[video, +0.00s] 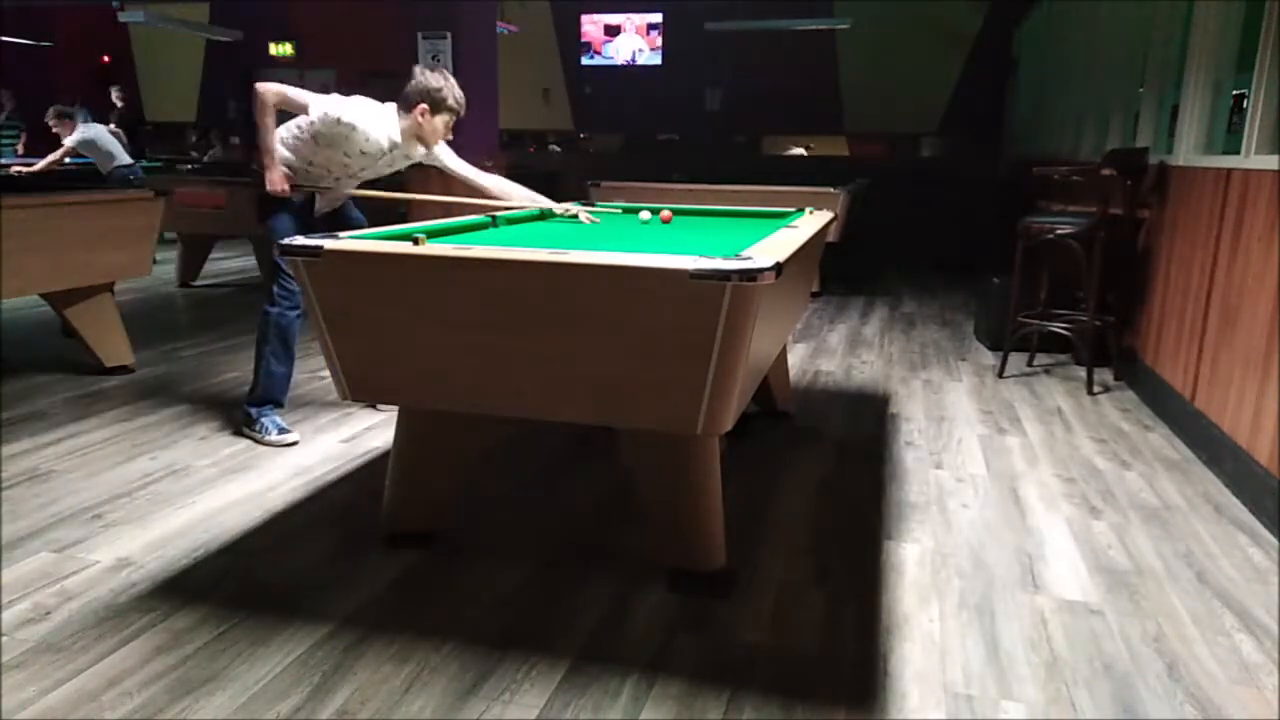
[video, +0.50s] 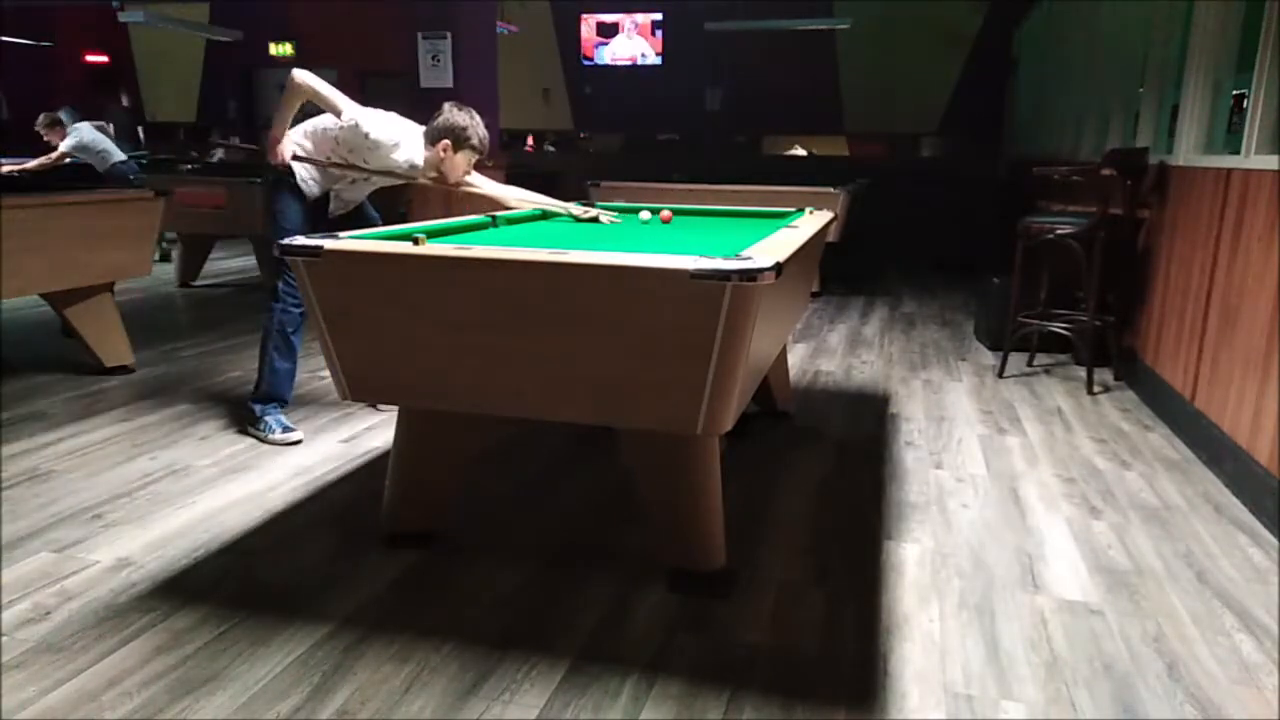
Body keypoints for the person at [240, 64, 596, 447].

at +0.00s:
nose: (450, 132)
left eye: (454, 124)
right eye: (449, 121)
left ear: (424, 114)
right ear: (422, 112)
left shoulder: (424, 146)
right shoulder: (353, 119)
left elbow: (488, 183)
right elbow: (266, 91)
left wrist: (554, 207)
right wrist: (270, 162)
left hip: (331, 192)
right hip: (286, 186)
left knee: (378, 274)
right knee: (287, 293)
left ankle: (377, 383)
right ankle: (260, 410)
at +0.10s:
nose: (466, 162)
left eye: (470, 154)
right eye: (466, 151)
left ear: (441, 141)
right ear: (441, 141)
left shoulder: (427, 164)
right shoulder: (380, 140)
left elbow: (498, 191)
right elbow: (292, 86)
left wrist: (571, 209)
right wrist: (283, 150)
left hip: (344, 191)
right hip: (298, 184)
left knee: (390, 273)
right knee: (292, 293)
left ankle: (383, 378)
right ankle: (266, 409)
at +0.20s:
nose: (468, 173)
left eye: (472, 165)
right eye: (467, 163)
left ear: (446, 153)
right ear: (442, 151)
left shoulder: (427, 163)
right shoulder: (381, 145)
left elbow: (496, 193)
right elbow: (297, 86)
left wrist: (568, 208)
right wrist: (288, 145)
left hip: (344, 191)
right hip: (298, 184)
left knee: (391, 272)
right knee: (292, 293)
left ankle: (393, 381)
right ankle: (265, 408)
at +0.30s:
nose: (468, 172)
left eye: (473, 165)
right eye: (468, 162)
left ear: (446, 152)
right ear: (443, 150)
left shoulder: (428, 163)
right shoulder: (381, 143)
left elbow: (499, 193)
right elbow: (297, 84)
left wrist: (570, 208)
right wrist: (275, 139)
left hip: (343, 187)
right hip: (298, 174)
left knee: (390, 269)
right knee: (292, 290)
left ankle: (394, 378)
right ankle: (265, 408)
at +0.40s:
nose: (468, 172)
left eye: (473, 165)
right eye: (468, 162)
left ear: (447, 151)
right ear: (444, 150)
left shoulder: (428, 162)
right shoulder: (382, 139)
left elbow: (500, 193)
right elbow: (298, 83)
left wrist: (570, 208)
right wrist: (290, 142)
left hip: (345, 189)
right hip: (299, 180)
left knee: (389, 272)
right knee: (293, 292)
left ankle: (395, 381)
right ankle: (266, 409)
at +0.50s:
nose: (470, 172)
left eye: (474, 164)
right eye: (469, 161)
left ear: (448, 150)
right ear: (444, 148)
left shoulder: (432, 161)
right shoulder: (382, 136)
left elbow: (503, 195)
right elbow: (299, 79)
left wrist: (572, 209)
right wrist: (279, 133)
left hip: (345, 186)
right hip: (299, 172)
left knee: (387, 271)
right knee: (293, 290)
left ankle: (392, 380)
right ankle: (266, 408)